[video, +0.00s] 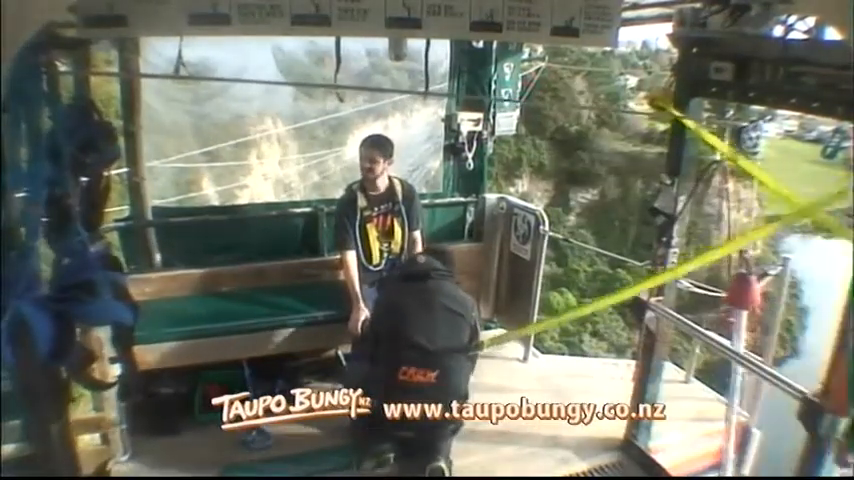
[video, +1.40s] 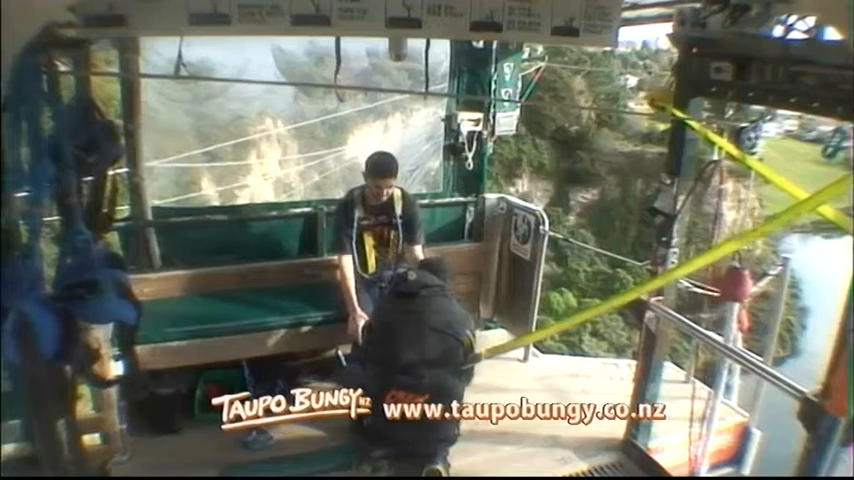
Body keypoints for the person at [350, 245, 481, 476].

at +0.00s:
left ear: (409, 267)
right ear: (449, 271)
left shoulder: (390, 293)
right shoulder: (465, 301)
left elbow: (369, 345)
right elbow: (472, 352)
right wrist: (460, 381)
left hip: (392, 394)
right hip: (446, 397)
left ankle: (378, 445)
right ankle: (439, 458)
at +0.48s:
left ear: (414, 263)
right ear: (445, 270)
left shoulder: (387, 295)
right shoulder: (461, 305)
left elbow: (366, 345)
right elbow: (464, 352)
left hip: (388, 403)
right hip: (439, 406)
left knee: (355, 372)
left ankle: (377, 445)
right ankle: (436, 455)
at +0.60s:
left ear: (412, 264)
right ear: (443, 270)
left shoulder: (384, 296)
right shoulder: (458, 306)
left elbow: (365, 347)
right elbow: (462, 354)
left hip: (386, 406)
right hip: (436, 409)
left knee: (354, 370)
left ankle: (376, 446)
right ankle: (436, 455)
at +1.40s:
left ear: (414, 275)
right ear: (444, 282)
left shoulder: (384, 307)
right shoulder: (458, 315)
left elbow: (368, 355)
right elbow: (466, 371)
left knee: (352, 372)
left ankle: (375, 452)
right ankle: (437, 458)